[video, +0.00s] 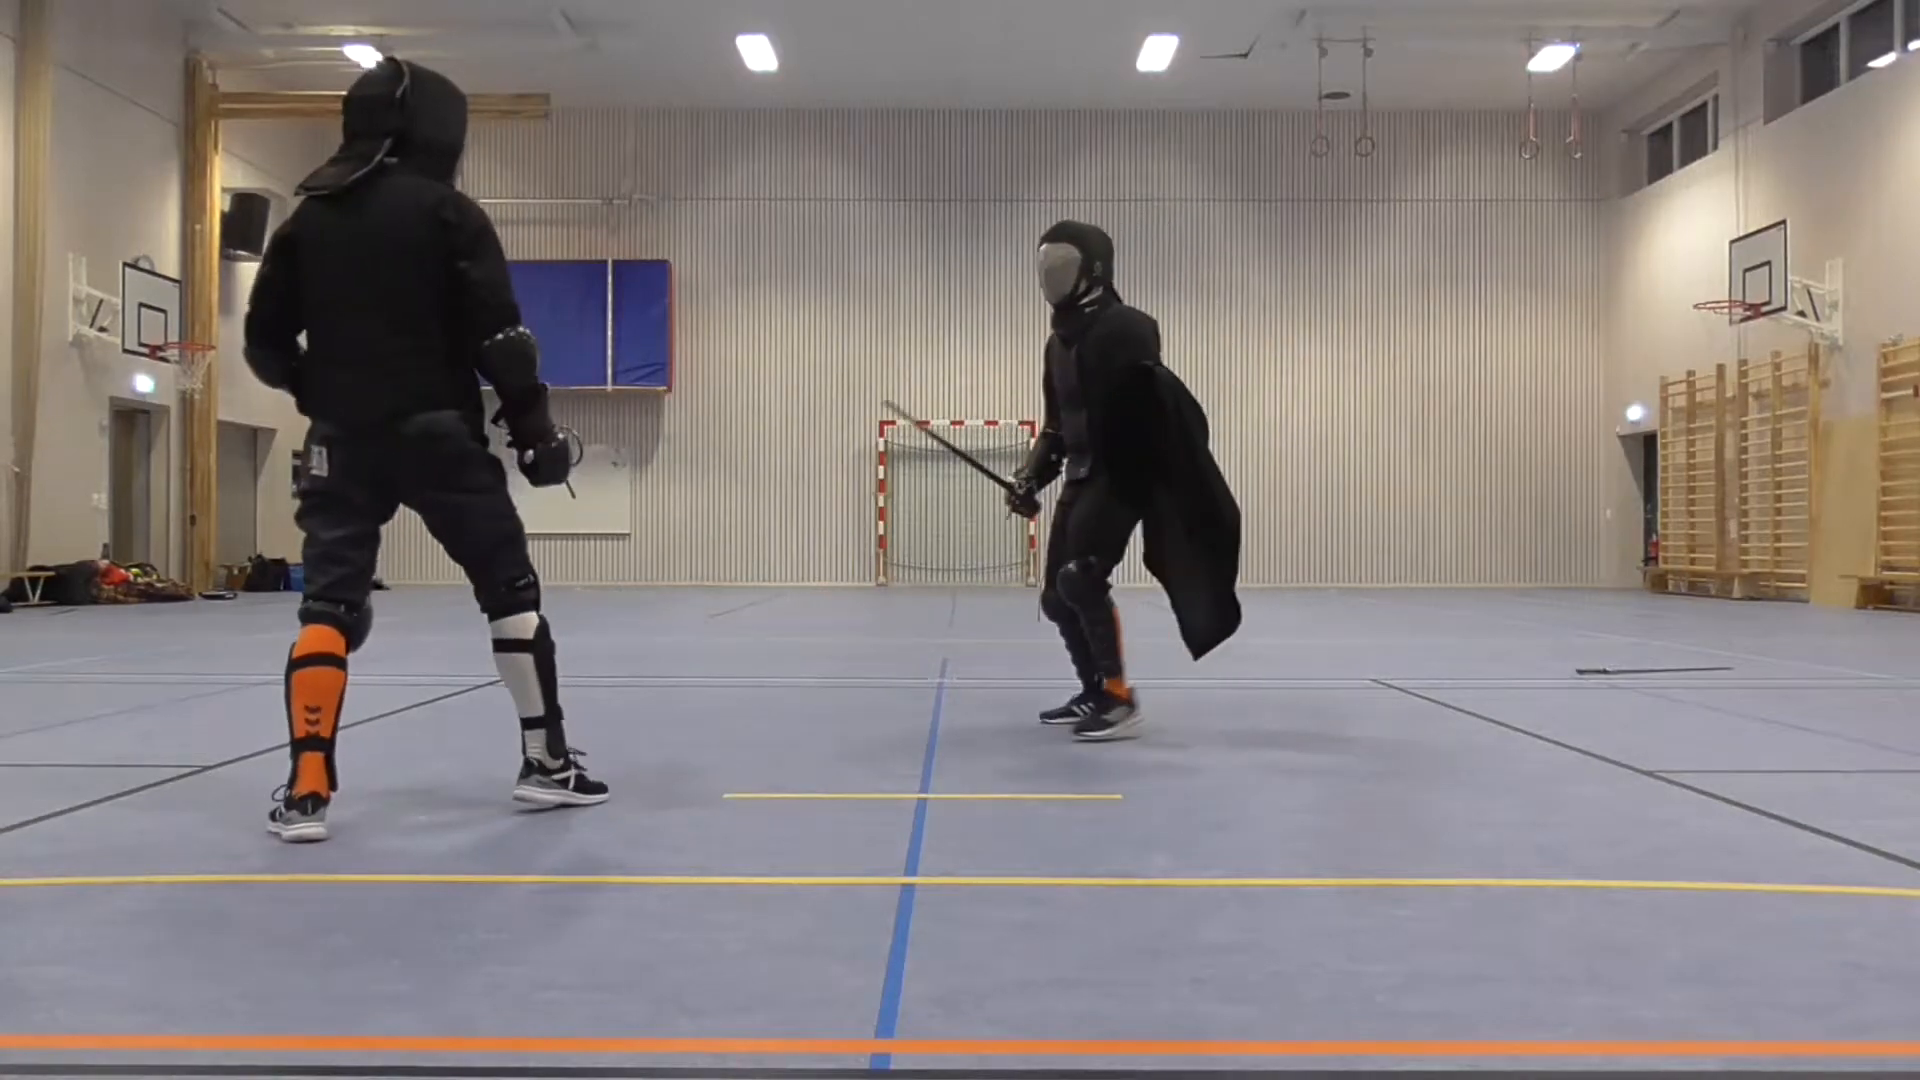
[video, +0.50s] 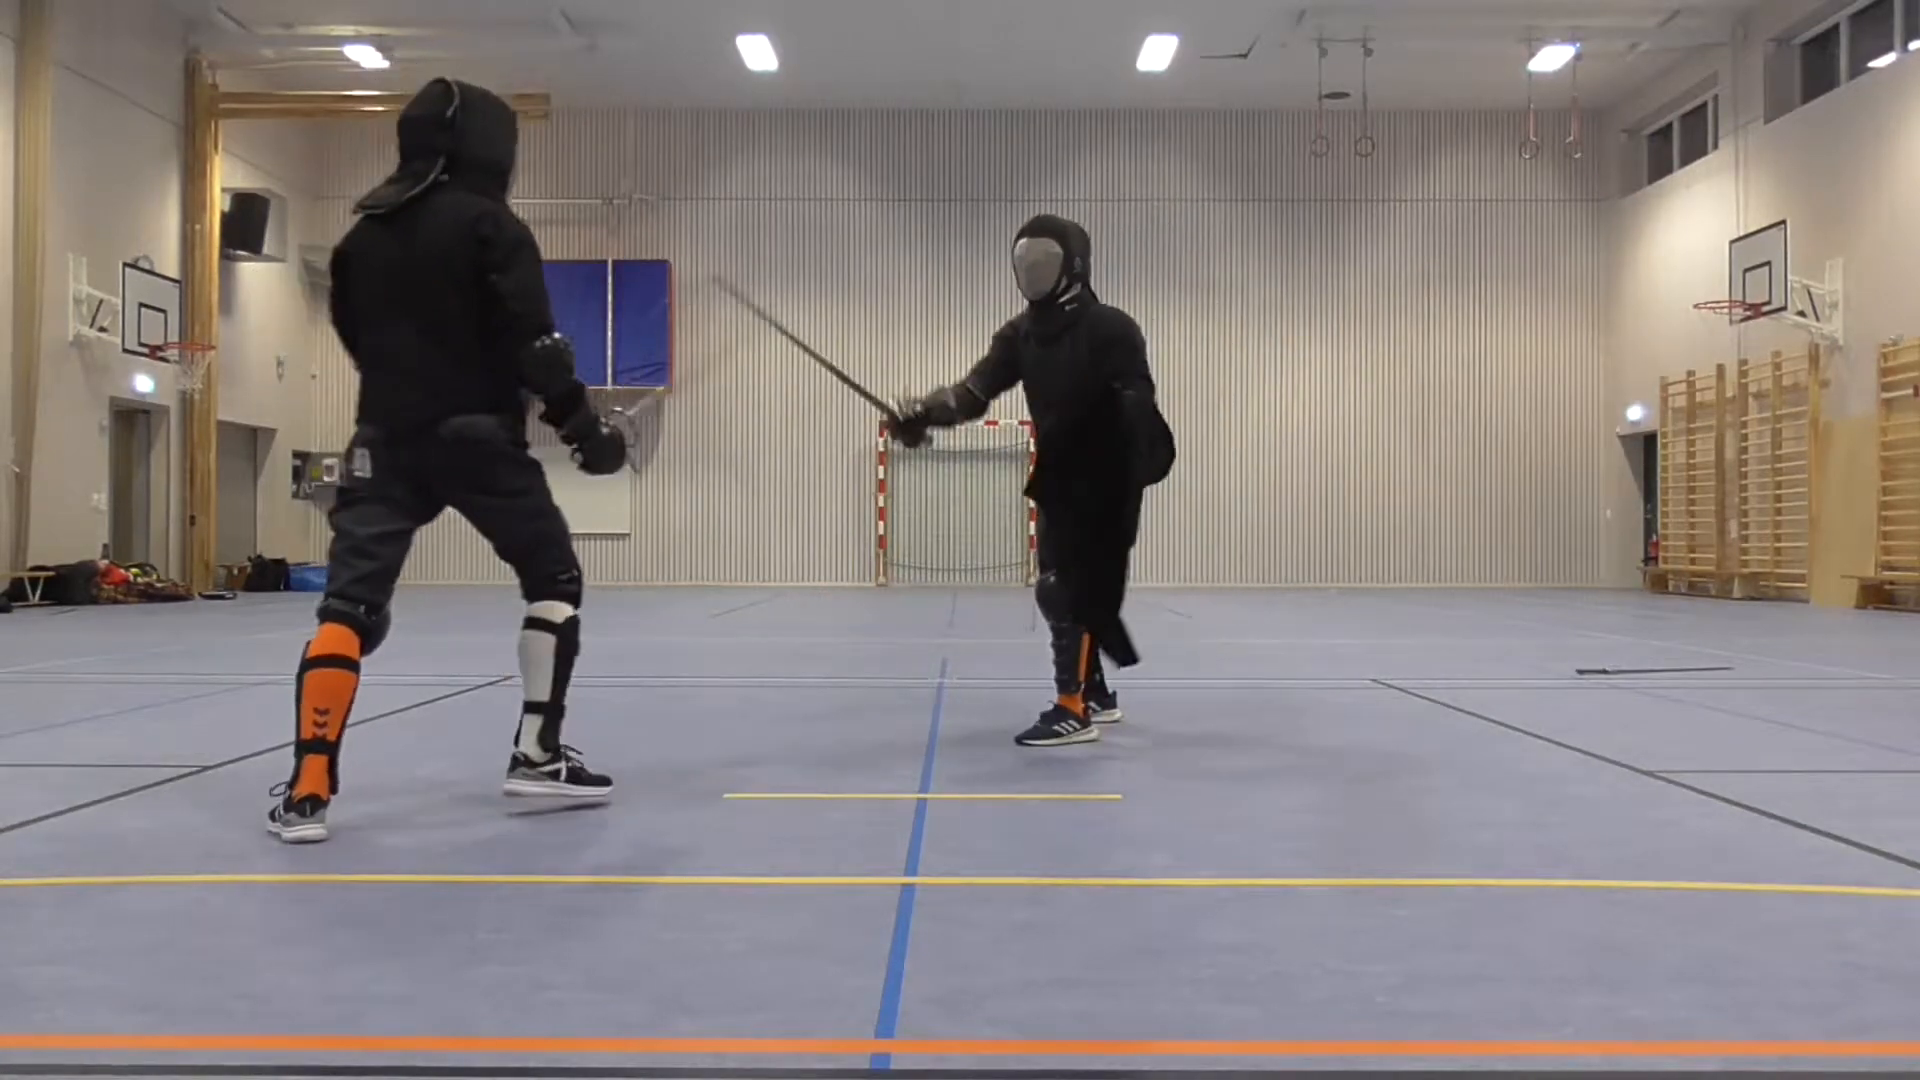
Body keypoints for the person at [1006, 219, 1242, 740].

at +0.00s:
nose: (1047, 277)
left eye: (1058, 266)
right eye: (1044, 267)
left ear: (1091, 269)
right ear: (1047, 270)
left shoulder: (1124, 330)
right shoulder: (1061, 340)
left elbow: (1141, 421)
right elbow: (1058, 425)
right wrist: (1032, 478)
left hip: (1121, 482)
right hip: (1080, 481)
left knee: (1081, 578)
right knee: (1058, 594)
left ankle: (1116, 697)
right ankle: (1094, 693)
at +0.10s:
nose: (1040, 280)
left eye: (1051, 268)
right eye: (1036, 269)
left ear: (1083, 270)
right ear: (1038, 272)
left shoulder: (1116, 332)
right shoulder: (1052, 340)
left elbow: (1136, 418)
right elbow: (1047, 423)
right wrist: (1021, 476)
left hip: (1114, 483)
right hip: (1072, 482)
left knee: (1075, 584)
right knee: (1055, 595)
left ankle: (1080, 706)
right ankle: (1096, 692)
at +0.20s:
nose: (1034, 280)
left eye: (1045, 269)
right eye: (1031, 269)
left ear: (1079, 270)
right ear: (1034, 272)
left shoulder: (1113, 332)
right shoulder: (1050, 341)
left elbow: (1142, 418)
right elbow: (1040, 422)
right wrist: (1012, 468)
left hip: (1104, 486)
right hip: (1066, 484)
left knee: (1063, 588)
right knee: (1051, 594)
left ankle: (1073, 709)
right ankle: (1095, 693)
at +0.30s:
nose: (1031, 278)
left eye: (1043, 267)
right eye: (1028, 267)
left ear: (1076, 270)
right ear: (1027, 271)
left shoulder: (1112, 333)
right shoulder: (1040, 342)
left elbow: (1140, 419)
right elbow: (1027, 420)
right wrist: (992, 465)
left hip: (1101, 486)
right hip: (1061, 484)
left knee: (1059, 590)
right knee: (1052, 594)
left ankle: (1074, 710)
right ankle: (1093, 694)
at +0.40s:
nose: (1031, 274)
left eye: (1043, 263)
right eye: (1026, 264)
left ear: (1074, 267)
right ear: (1020, 267)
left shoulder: (1114, 331)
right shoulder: (1028, 339)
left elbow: (1140, 419)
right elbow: (996, 413)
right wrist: (950, 447)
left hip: (1104, 485)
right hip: (1059, 484)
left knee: (1061, 589)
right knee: (1058, 590)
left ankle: (1074, 709)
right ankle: (1094, 693)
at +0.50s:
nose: (1029, 274)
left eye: (1042, 263)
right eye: (1022, 264)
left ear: (1071, 266)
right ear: (1015, 267)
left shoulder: (1110, 330)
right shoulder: (1022, 335)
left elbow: (1140, 412)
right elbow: (974, 392)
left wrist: (1123, 472)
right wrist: (923, 413)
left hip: (1105, 485)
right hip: (1058, 485)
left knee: (1060, 590)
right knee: (1067, 586)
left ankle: (1073, 709)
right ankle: (1095, 690)